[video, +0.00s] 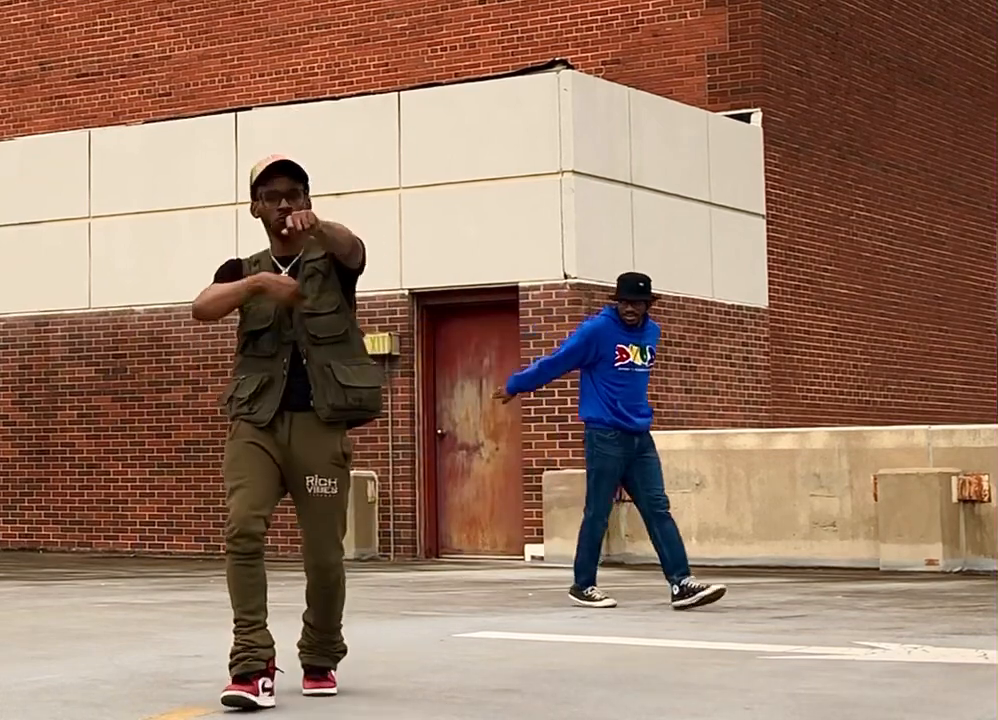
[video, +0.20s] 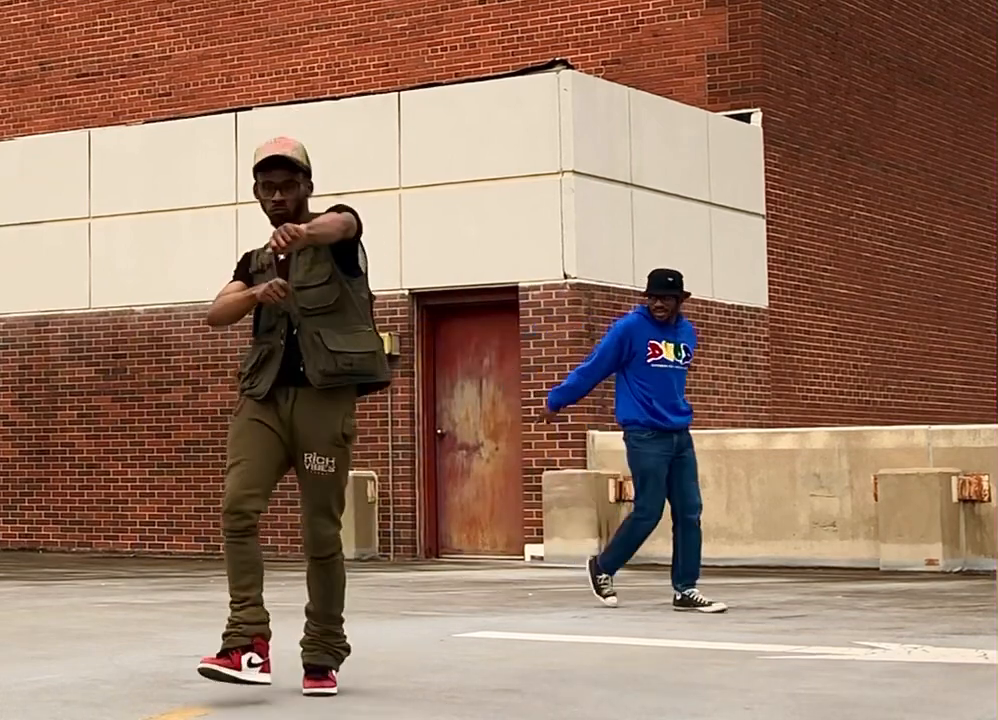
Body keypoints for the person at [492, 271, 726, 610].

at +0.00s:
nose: (632, 310)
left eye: (638, 304)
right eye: (626, 303)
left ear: (648, 303)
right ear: (616, 301)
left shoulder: (652, 331)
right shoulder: (597, 330)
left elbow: (631, 374)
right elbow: (556, 361)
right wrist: (515, 384)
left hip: (639, 436)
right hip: (605, 435)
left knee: (657, 507)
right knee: (597, 512)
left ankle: (681, 584)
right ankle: (583, 586)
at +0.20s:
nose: (660, 306)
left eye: (668, 300)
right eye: (655, 299)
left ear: (680, 301)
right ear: (647, 298)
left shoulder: (687, 332)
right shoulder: (629, 328)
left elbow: (671, 377)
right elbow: (593, 368)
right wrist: (556, 399)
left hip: (679, 435)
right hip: (645, 436)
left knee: (689, 513)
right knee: (649, 511)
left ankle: (685, 590)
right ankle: (602, 568)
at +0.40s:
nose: (679, 295)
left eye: (686, 289)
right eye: (673, 289)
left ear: (699, 291)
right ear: (665, 292)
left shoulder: (713, 327)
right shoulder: (649, 324)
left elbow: (705, 374)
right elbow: (612, 364)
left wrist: (695, 408)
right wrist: (577, 394)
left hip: (702, 425)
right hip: (667, 424)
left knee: (704, 509)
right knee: (690, 501)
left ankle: (686, 589)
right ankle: (658, 565)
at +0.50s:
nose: (692, 292)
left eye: (698, 285)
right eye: (685, 286)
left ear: (710, 288)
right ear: (677, 291)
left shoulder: (726, 327)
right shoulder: (660, 324)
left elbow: (729, 376)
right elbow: (625, 368)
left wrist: (726, 410)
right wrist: (591, 402)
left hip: (714, 425)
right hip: (679, 424)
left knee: (705, 505)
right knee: (705, 500)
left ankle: (687, 589)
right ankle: (695, 587)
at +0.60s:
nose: (704, 290)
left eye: (710, 284)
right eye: (697, 285)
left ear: (721, 289)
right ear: (686, 291)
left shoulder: (737, 329)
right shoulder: (668, 330)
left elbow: (747, 381)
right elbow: (639, 378)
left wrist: (758, 423)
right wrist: (612, 421)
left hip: (725, 429)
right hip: (690, 427)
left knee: (708, 509)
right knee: (714, 505)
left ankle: (685, 590)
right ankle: (738, 591)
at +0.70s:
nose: (718, 290)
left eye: (723, 285)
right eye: (711, 285)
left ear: (733, 291)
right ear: (698, 293)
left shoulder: (751, 334)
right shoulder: (681, 335)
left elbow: (771, 391)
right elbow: (665, 391)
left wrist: (794, 443)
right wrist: (660, 444)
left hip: (740, 433)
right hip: (705, 432)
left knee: (724, 512)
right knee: (731, 510)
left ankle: (688, 586)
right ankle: (757, 592)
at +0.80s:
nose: (729, 287)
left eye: (733, 282)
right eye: (721, 283)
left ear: (741, 288)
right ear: (707, 291)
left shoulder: (760, 328)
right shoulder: (691, 334)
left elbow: (783, 379)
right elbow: (688, 394)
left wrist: (801, 427)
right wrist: (701, 440)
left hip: (753, 431)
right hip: (718, 431)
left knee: (750, 514)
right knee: (741, 513)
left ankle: (699, 576)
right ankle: (760, 593)